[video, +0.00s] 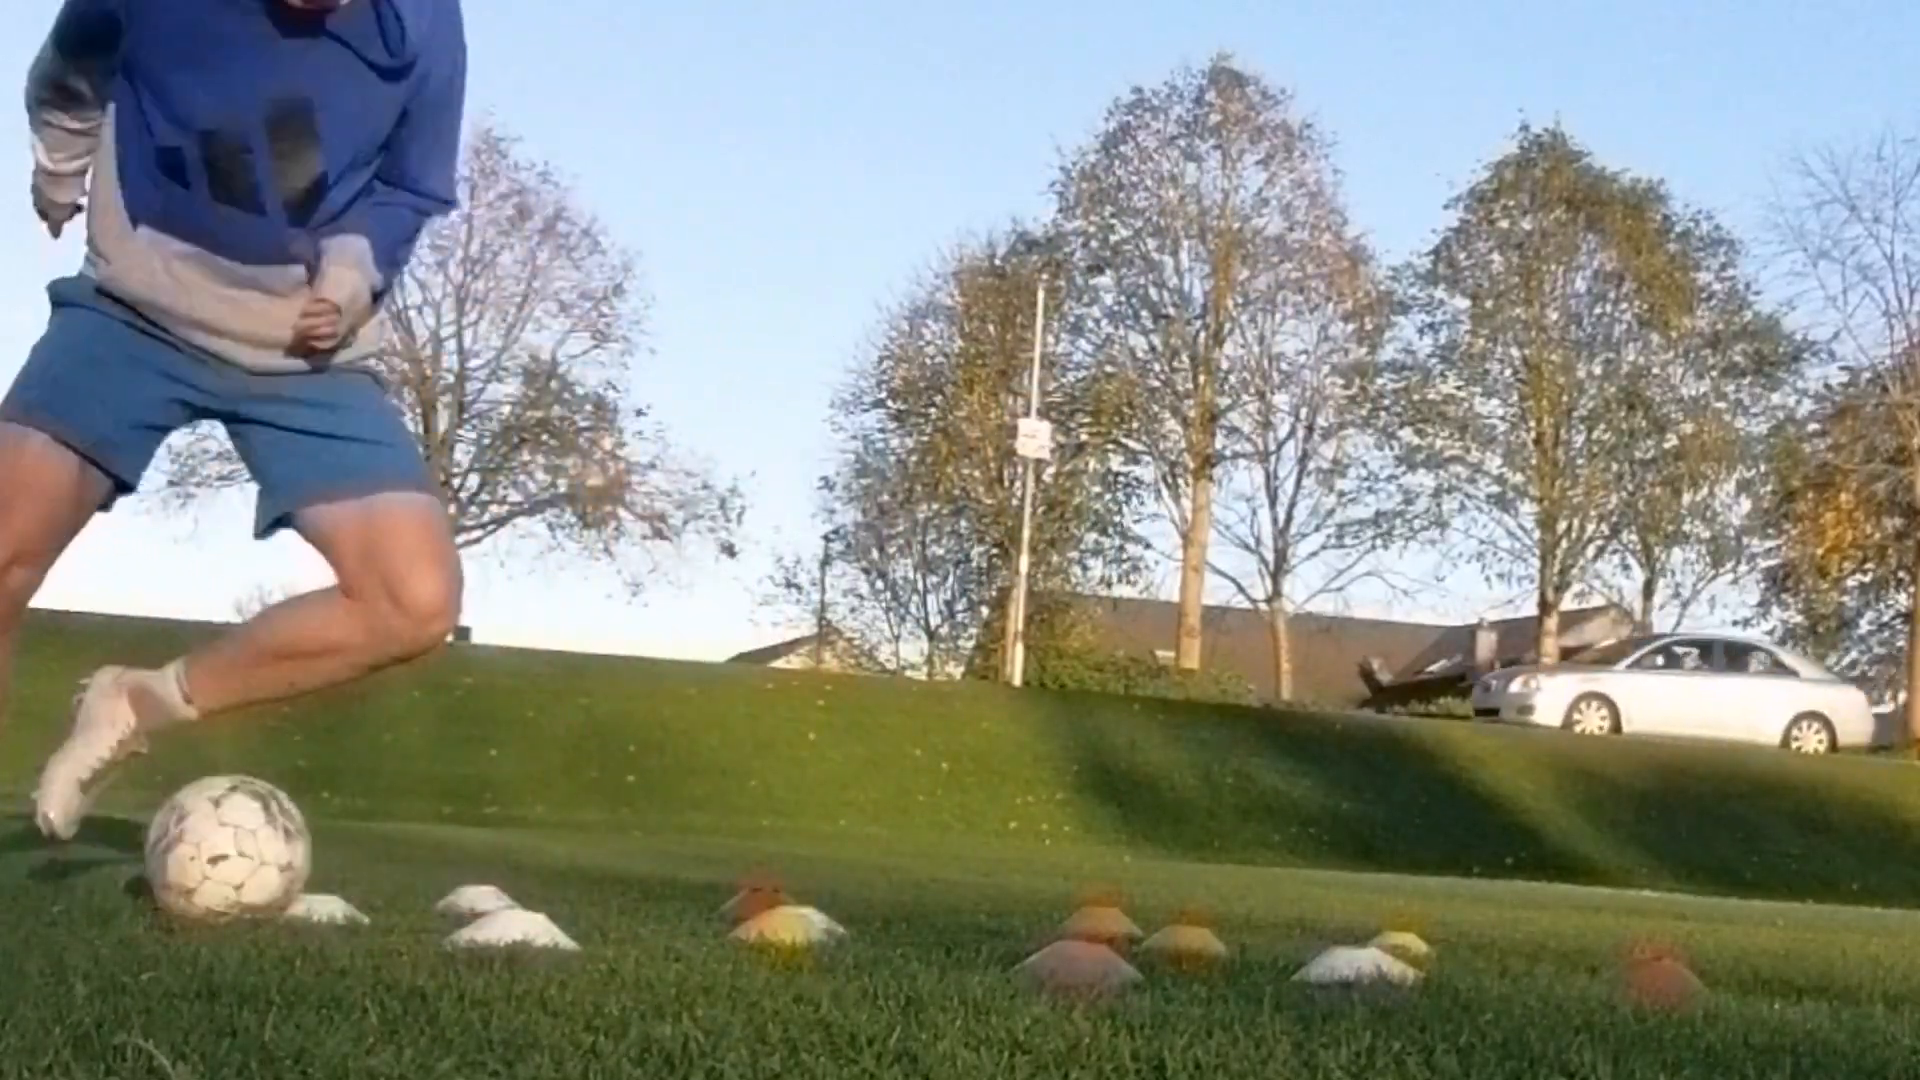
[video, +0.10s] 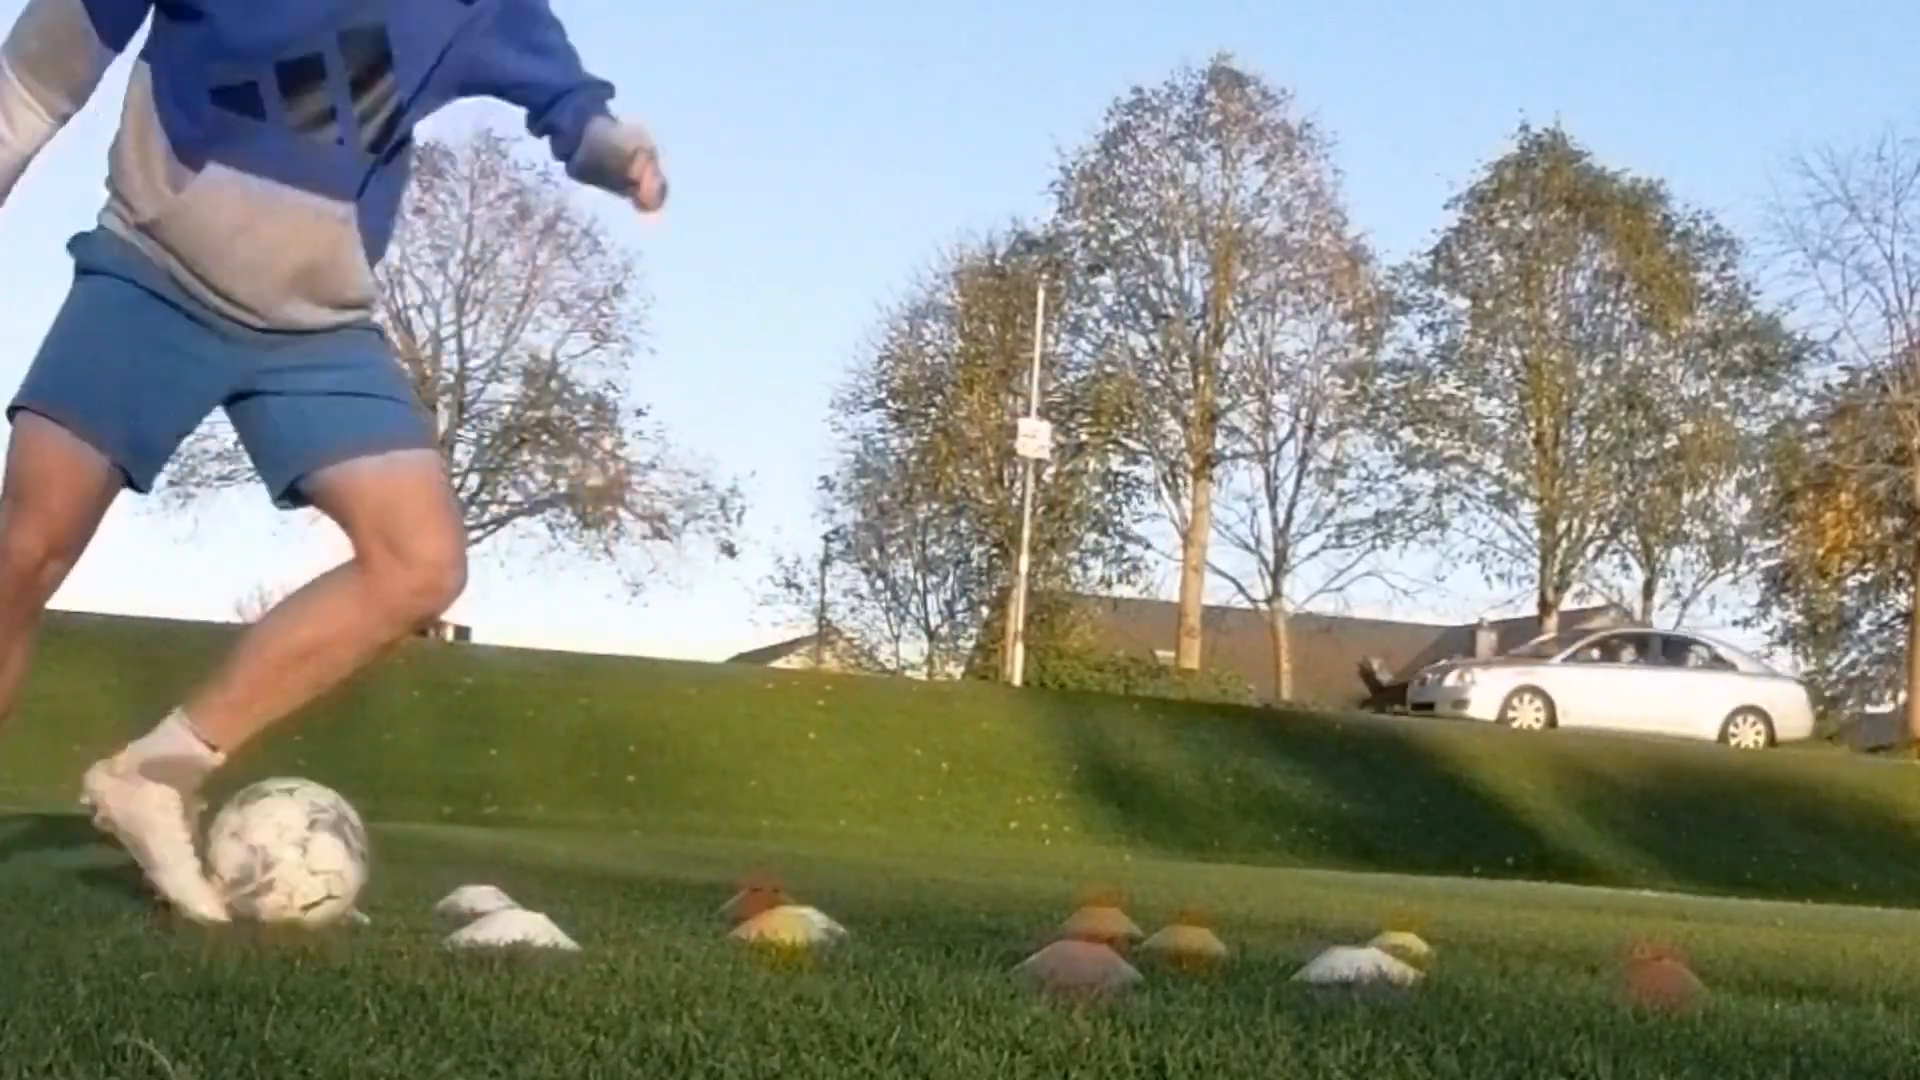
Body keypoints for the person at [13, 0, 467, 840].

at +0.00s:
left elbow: (410, 187)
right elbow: (69, 79)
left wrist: (352, 285)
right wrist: (61, 177)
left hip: (311, 364)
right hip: (129, 321)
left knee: (413, 603)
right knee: (5, 565)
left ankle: (147, 700)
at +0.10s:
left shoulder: (475, 8)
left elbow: (567, 103)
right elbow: (35, 83)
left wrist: (622, 152)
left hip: (323, 331)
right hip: (151, 284)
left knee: (418, 563)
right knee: (24, 553)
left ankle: (158, 771)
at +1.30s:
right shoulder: (910, 12)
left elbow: (832, 173)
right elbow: (737, 4)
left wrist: (984, 179)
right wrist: (655, 133)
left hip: (675, 244)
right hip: (820, 256)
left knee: (596, 532)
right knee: (892, 580)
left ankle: (433, 777)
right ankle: (861, 908)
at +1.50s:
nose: (1002, 39)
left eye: (1008, 27)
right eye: (1004, 21)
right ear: (978, 6)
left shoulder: (719, 8)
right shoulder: (935, 5)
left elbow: (578, 34)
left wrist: (662, 155)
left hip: (611, 240)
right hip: (760, 252)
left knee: (594, 513)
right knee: (852, 557)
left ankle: (466, 782)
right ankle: (865, 875)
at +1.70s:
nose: (889, 105)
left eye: (894, 95)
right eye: (894, 87)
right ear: (877, 54)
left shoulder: (660, 91)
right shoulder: (855, 43)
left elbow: (538, 213)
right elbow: (834, 132)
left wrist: (606, 307)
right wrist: (897, 281)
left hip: (575, 354)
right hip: (708, 365)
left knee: (563, 620)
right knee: (881, 568)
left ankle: (419, 872)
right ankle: (645, 699)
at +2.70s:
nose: (1390, 126)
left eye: (1384, 118)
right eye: (1384, 114)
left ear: (1291, 95)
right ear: (1358, 96)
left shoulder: (1205, 159)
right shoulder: (1351, 103)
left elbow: (1120, 310)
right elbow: (1446, 162)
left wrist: (1212, 365)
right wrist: (1522, 296)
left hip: (1178, 406)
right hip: (1299, 385)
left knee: (1196, 644)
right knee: (1449, 505)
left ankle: (1128, 892)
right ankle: (1348, 696)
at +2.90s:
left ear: (1300, 175)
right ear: (1421, 153)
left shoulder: (1245, 226)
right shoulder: (1449, 168)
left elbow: (1201, 281)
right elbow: (1552, 156)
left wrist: (1282, 398)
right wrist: (1609, 243)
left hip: (1302, 436)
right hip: (1441, 432)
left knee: (1220, 605)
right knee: (1527, 690)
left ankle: (1239, 744)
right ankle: (1593, 943)